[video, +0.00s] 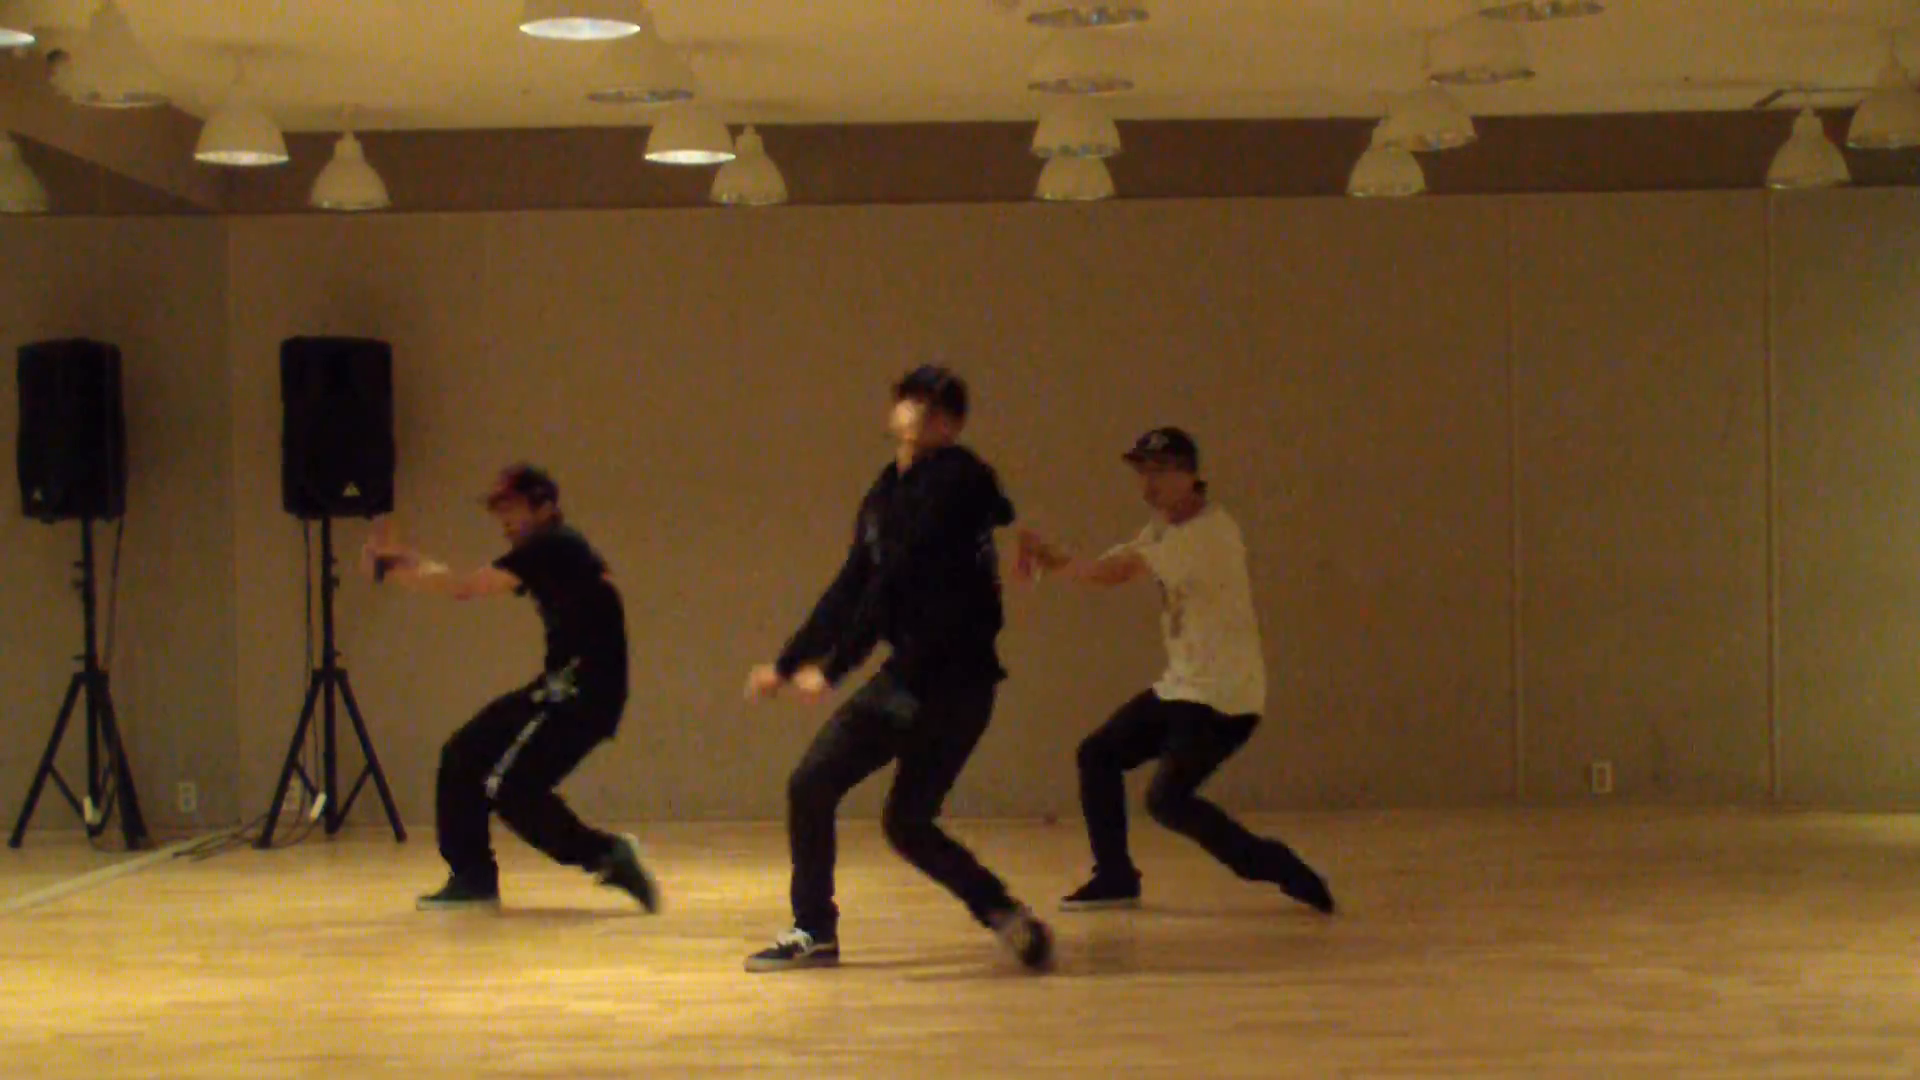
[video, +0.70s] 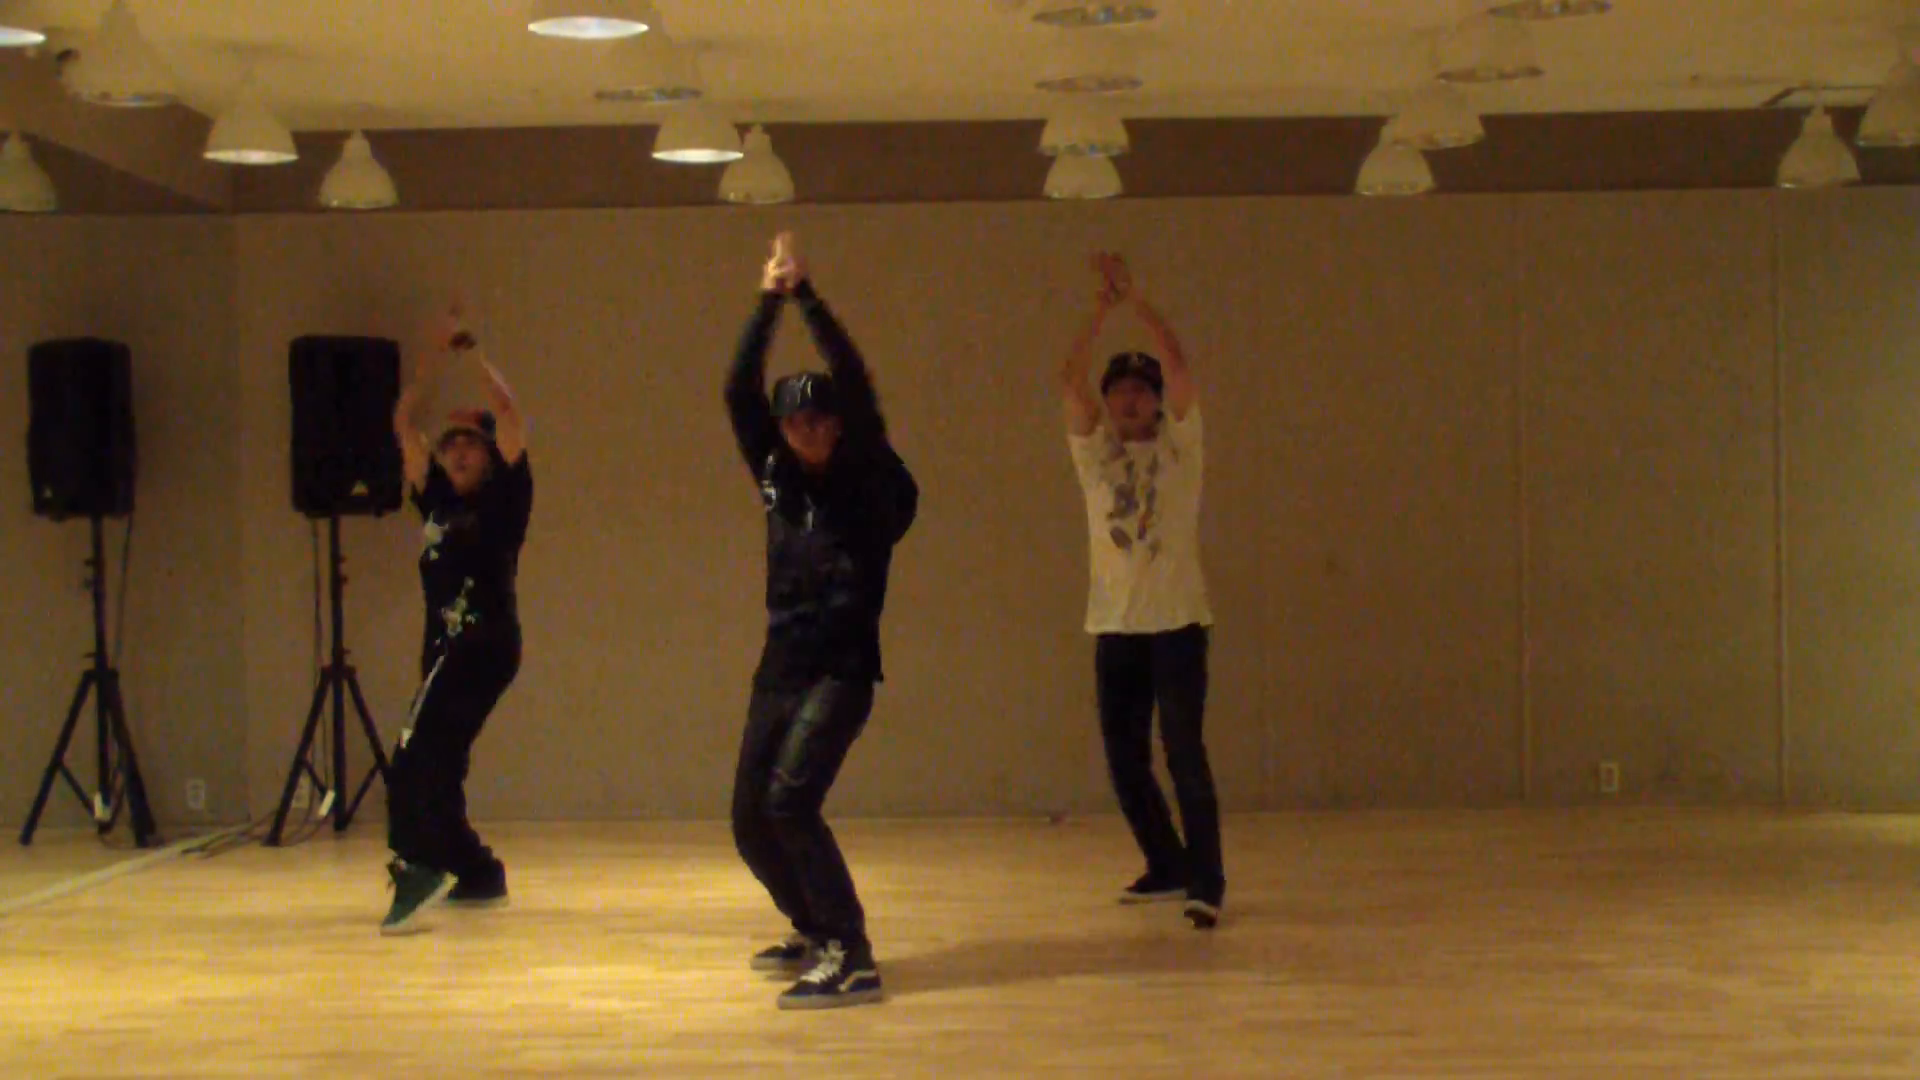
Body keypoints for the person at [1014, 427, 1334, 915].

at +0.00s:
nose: (1148, 484)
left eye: (1159, 472)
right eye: (1143, 473)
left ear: (1189, 476)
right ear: (1141, 476)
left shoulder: (1211, 533)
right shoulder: (1164, 530)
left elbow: (1123, 571)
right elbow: (1112, 565)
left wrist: (1056, 564)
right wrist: (1053, 558)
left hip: (1226, 700)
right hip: (1179, 689)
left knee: (1166, 799)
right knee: (1097, 756)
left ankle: (1279, 866)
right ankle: (1113, 873)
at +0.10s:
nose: (1108, 497)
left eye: (1119, 485)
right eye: (1104, 486)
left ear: (1150, 485)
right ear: (1103, 486)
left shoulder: (1182, 538)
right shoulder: (1128, 532)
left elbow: (1105, 596)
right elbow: (1083, 585)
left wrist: (1035, 629)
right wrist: (1028, 613)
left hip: (1203, 696)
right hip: (1153, 687)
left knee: (1132, 785)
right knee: (1081, 761)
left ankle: (1244, 865)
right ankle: (1113, 874)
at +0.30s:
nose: (1074, 488)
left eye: (1084, 476)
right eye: (1068, 476)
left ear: (1113, 480)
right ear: (1064, 480)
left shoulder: (1151, 534)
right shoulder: (1079, 531)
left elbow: (1144, 635)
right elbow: (1069, 615)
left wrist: (1098, 699)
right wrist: (1050, 687)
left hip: (1178, 675)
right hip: (1121, 676)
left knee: (1113, 740)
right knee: (1062, 761)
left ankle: (1186, 819)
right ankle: (1111, 872)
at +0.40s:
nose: (1079, 460)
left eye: (1089, 448)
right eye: (1072, 450)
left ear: (1117, 450)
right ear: (1066, 454)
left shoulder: (1160, 504)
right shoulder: (1070, 512)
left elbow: (1195, 584)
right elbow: (1042, 591)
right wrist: (1008, 650)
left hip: (1170, 653)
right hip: (1106, 664)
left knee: (1124, 709)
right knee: (1070, 763)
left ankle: (1165, 769)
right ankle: (1111, 870)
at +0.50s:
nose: (1096, 420)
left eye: (1106, 409)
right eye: (1086, 411)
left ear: (1130, 411)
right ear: (1077, 417)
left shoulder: (1170, 465)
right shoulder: (1069, 477)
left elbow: (1204, 477)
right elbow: (1010, 508)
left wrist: (1219, 469)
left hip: (1174, 625)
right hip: (1109, 638)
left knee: (1143, 699)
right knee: (1089, 749)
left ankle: (1174, 811)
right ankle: (1115, 870)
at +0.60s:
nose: (1115, 392)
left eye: (1126, 381)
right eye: (1104, 382)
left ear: (1145, 389)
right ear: (1090, 391)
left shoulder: (1174, 440)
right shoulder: (1076, 455)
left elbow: (1202, 377)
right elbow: (1005, 411)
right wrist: (979, 339)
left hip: (1177, 616)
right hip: (1115, 624)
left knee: (1169, 732)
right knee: (1104, 745)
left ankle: (1190, 865)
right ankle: (1147, 853)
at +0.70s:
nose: (1132, 404)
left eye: (1142, 394)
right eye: (1122, 395)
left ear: (1158, 401)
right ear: (1105, 403)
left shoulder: (1179, 450)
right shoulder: (1095, 459)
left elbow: (1177, 365)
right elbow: (1072, 383)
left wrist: (1137, 302)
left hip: (1178, 622)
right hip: (1116, 625)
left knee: (1183, 752)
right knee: (1125, 758)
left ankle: (1205, 885)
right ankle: (1165, 864)